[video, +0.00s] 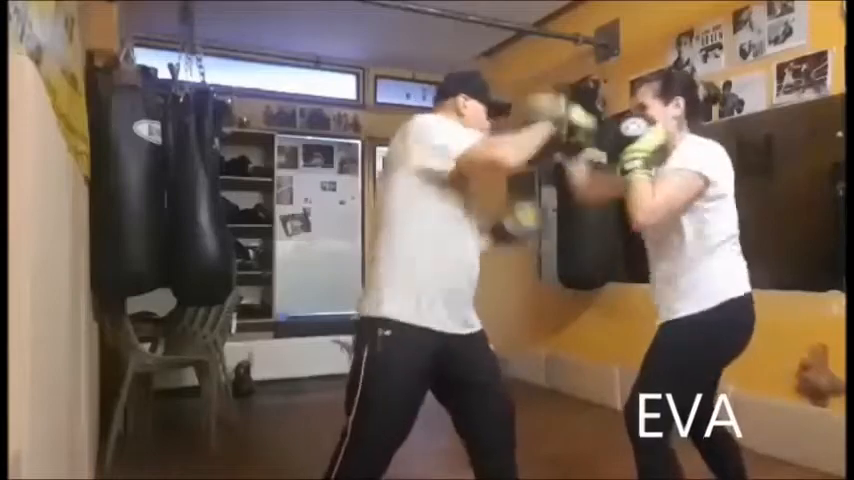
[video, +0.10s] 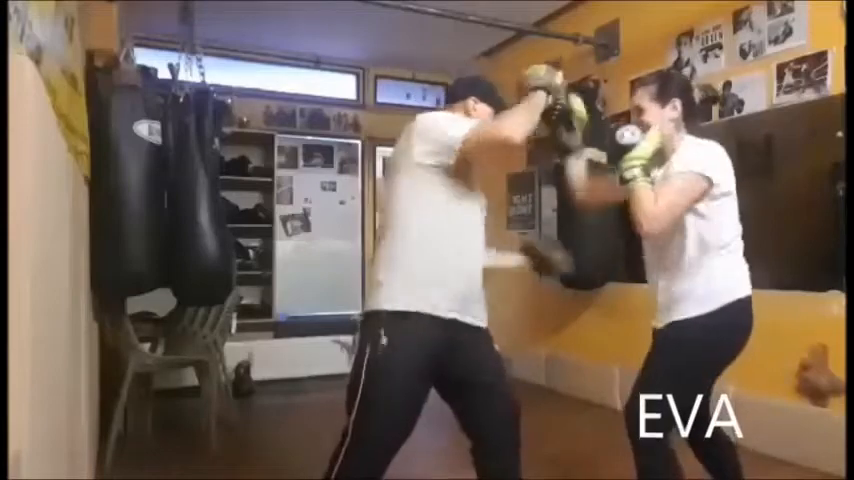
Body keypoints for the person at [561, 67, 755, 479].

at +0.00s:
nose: (637, 118)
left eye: (645, 108)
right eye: (636, 110)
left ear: (676, 106)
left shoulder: (702, 155)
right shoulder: (658, 163)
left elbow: (645, 215)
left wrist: (637, 159)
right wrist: (575, 148)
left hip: (712, 314)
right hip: (688, 316)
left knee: (643, 415)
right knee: (698, 412)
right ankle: (735, 473)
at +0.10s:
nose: (636, 120)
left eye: (643, 110)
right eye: (634, 112)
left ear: (674, 108)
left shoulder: (704, 156)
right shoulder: (657, 167)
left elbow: (652, 222)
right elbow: (584, 191)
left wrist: (636, 166)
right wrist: (574, 144)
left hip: (712, 315)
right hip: (682, 318)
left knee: (644, 416)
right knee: (694, 416)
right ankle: (731, 473)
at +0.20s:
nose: (625, 140)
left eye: (632, 129)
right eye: (623, 131)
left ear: (662, 124)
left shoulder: (693, 164)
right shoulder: (653, 177)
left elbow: (655, 240)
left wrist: (632, 183)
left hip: (719, 324)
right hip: (678, 325)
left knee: (638, 419)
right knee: (686, 425)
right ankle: (724, 473)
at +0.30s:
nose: (614, 157)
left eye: (621, 146)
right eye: (611, 147)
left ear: (652, 145)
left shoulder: (681, 176)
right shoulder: (652, 190)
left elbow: (652, 254)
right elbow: (663, 291)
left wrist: (627, 198)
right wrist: (614, 275)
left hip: (719, 334)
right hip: (679, 332)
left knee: (637, 421)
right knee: (677, 426)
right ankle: (721, 472)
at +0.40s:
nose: (618, 144)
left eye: (626, 134)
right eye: (617, 135)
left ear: (658, 133)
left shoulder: (689, 164)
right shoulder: (640, 191)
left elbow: (664, 238)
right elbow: (651, 278)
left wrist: (635, 184)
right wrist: (603, 264)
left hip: (719, 325)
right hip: (677, 327)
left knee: (637, 419)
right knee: (677, 421)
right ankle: (724, 472)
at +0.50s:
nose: (627, 127)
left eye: (634, 117)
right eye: (625, 119)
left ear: (666, 113)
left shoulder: (703, 155)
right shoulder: (634, 173)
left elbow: (673, 229)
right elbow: (606, 239)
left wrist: (646, 165)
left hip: (711, 309)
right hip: (674, 315)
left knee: (641, 413)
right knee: (687, 418)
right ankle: (731, 474)